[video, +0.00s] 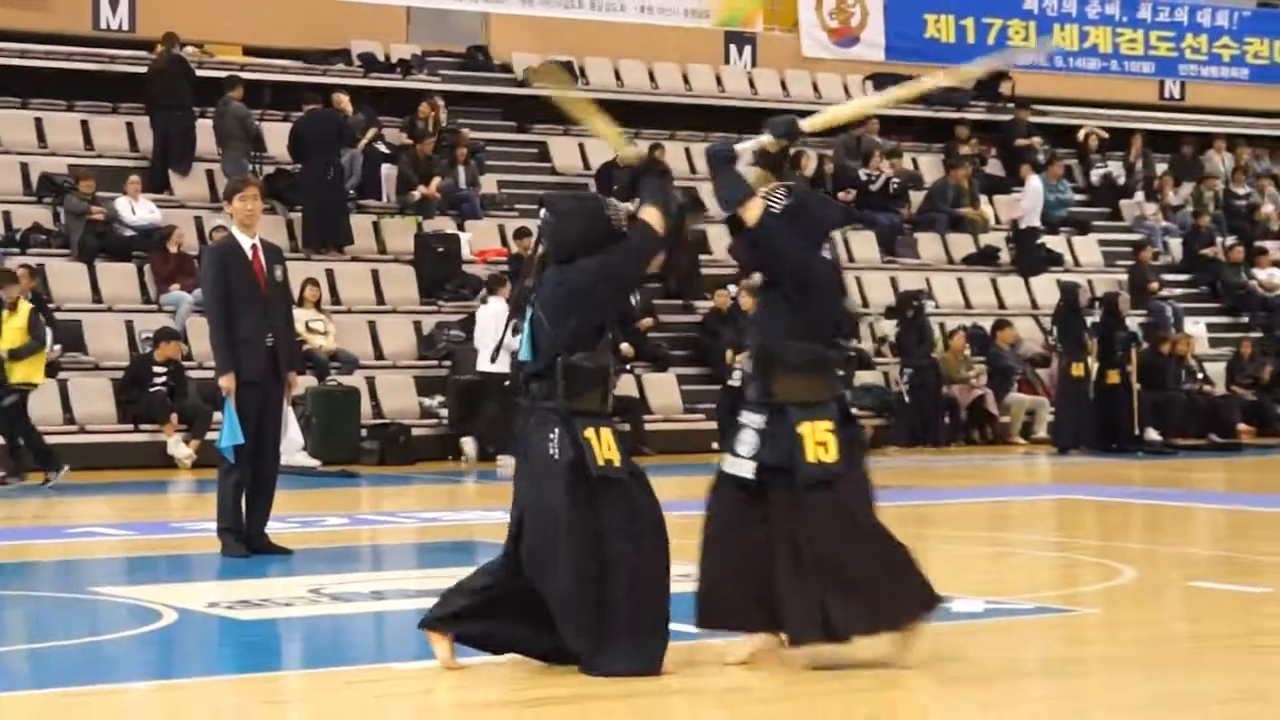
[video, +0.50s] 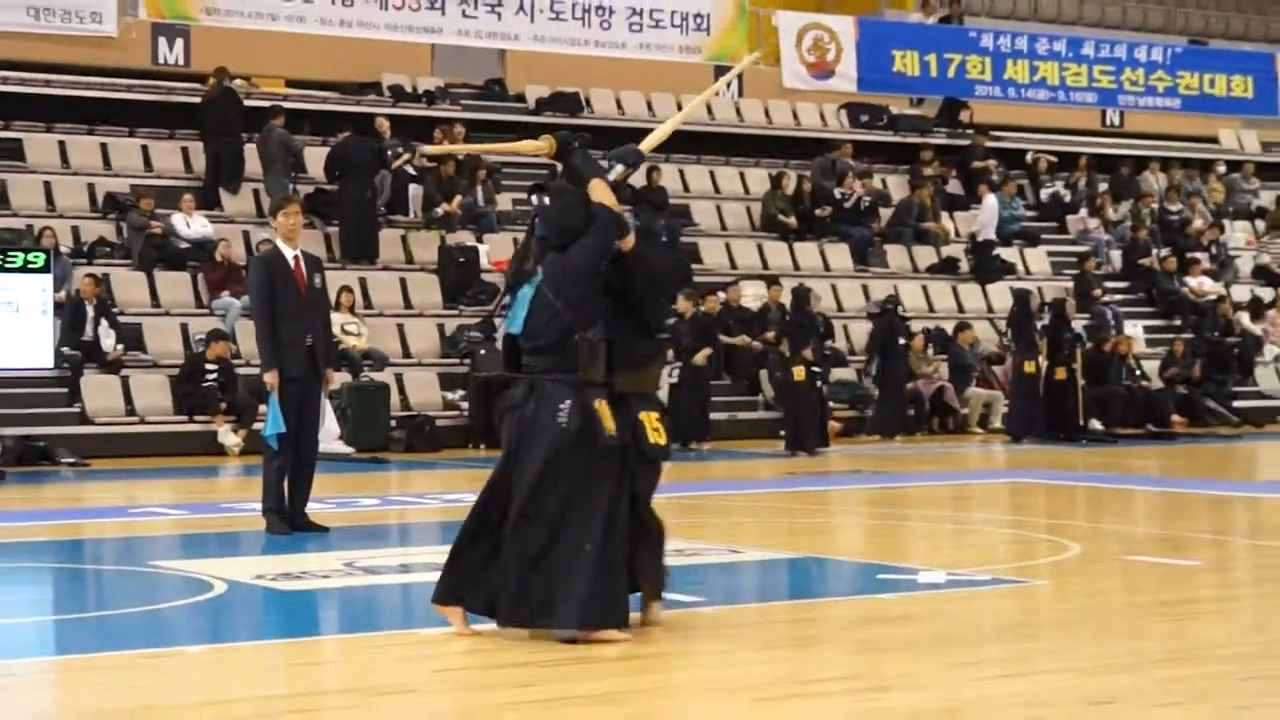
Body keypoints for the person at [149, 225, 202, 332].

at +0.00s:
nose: (180, 240)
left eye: (181, 237)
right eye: (177, 236)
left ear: (182, 239)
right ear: (168, 239)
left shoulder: (186, 257)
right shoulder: (157, 257)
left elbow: (194, 280)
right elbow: (162, 276)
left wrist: (181, 285)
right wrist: (172, 255)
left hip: (188, 291)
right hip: (166, 292)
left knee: (206, 295)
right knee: (187, 300)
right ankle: (176, 336)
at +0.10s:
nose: (198, 243)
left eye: (198, 240)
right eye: (195, 240)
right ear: (186, 242)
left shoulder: (202, 261)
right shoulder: (175, 261)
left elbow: (211, 283)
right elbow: (179, 279)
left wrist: (197, 289)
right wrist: (189, 258)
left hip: (205, 293)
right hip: (184, 294)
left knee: (224, 299)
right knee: (204, 303)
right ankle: (193, 337)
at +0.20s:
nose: (209, 247)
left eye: (209, 244)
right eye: (206, 244)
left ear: (208, 247)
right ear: (197, 246)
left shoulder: (213, 264)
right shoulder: (186, 264)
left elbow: (221, 286)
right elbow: (191, 280)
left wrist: (207, 290)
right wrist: (201, 261)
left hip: (216, 295)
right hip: (194, 296)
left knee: (233, 301)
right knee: (214, 304)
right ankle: (204, 338)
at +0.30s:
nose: (215, 248)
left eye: (215, 245)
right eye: (212, 245)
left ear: (216, 248)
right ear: (203, 247)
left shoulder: (220, 265)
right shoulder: (194, 264)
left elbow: (228, 287)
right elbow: (199, 281)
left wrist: (215, 291)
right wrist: (208, 262)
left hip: (222, 295)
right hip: (202, 296)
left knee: (239, 301)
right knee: (221, 304)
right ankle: (211, 336)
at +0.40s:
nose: (220, 249)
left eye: (221, 246)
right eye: (217, 246)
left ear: (222, 248)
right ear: (209, 248)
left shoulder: (226, 265)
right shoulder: (201, 265)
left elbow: (234, 286)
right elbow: (205, 282)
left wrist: (221, 291)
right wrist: (213, 263)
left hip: (228, 295)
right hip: (209, 296)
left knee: (245, 301)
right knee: (227, 304)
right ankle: (218, 337)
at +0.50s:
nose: (227, 250)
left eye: (228, 247)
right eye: (224, 247)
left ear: (231, 249)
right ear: (217, 249)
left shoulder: (235, 267)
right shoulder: (210, 266)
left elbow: (242, 288)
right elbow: (214, 282)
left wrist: (230, 292)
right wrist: (223, 264)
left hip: (237, 297)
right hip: (217, 298)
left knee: (254, 302)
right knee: (236, 305)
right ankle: (226, 336)